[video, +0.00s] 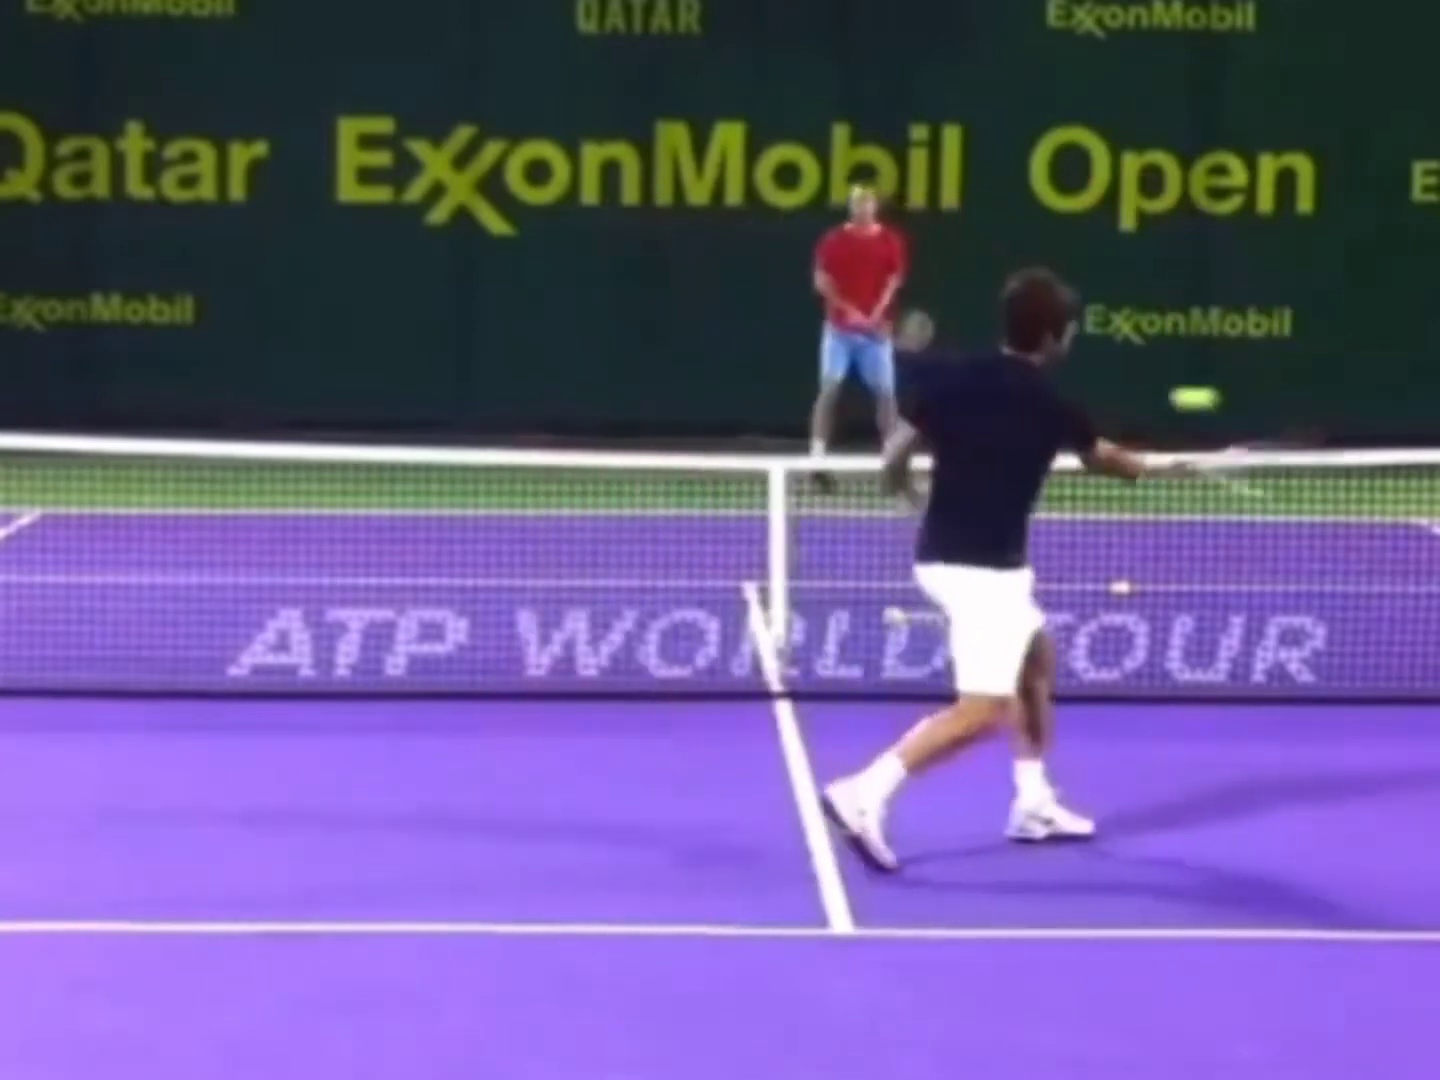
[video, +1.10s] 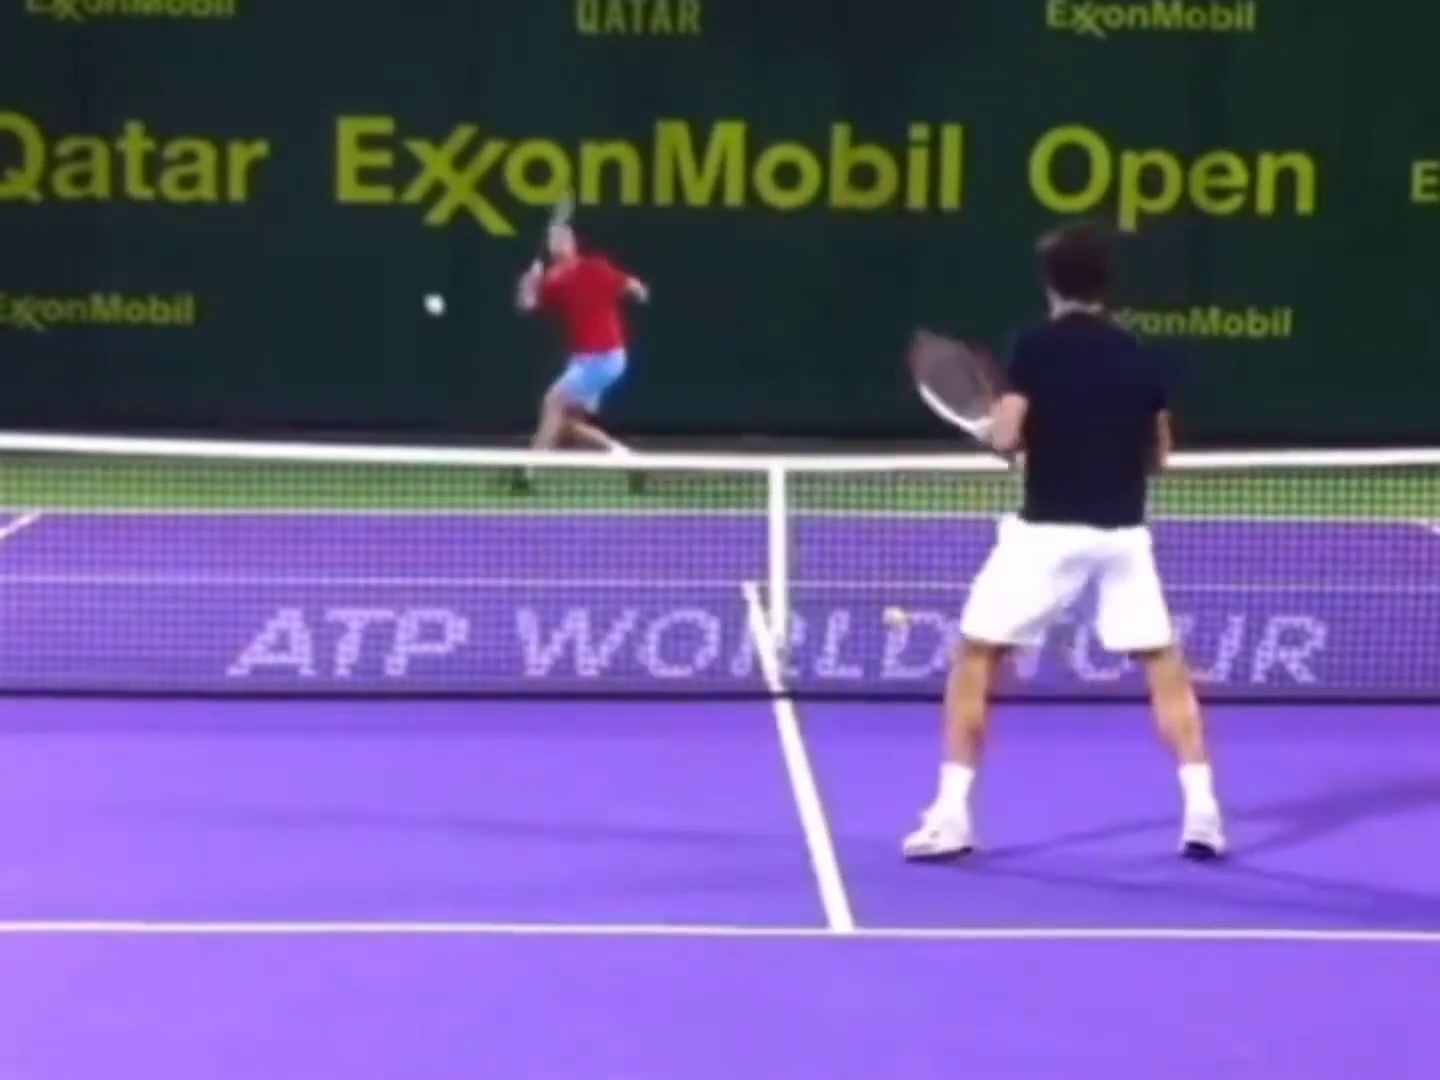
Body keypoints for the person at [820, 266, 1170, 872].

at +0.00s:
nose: (1070, 341)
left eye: (1068, 329)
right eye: (1068, 332)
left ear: (1007, 326)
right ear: (1055, 337)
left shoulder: (961, 378)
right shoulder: (1045, 402)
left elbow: (905, 440)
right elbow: (1107, 459)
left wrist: (892, 473)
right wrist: (1177, 463)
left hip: (938, 560)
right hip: (988, 569)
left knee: (1034, 655)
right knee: (985, 706)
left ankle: (1033, 797)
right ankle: (866, 791)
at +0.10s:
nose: (1095, 325)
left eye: (1093, 315)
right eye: (1094, 317)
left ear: (1034, 315)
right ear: (1085, 323)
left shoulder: (980, 369)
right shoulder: (1083, 395)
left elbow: (919, 450)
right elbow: (1090, 456)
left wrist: (967, 466)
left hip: (962, 551)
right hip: (1024, 561)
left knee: (1030, 677)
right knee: (1021, 699)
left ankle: (1033, 797)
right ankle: (912, 787)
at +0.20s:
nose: (1108, 301)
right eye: (1110, 292)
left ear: (1052, 293)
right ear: (1108, 302)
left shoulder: (1005, 349)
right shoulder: (1106, 371)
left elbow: (941, 431)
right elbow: (1096, 451)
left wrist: (997, 435)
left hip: (985, 529)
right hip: (1051, 539)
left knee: (1029, 665)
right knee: (1067, 679)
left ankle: (1034, 796)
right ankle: (975, 775)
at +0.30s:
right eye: (1107, 277)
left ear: (1060, 279)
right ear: (1114, 285)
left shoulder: (1018, 339)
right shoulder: (1124, 359)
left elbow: (961, 423)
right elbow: (1121, 450)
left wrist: (1003, 428)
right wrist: (1074, 432)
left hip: (1006, 516)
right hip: (1074, 524)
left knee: (1034, 655)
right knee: (1106, 660)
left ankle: (1039, 796)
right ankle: (1041, 763)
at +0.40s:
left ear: (1066, 272)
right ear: (1117, 279)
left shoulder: (1028, 334)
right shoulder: (1136, 351)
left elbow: (977, 420)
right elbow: (1149, 453)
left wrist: (1018, 426)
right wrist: (1100, 442)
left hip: (1027, 515)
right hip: (1097, 520)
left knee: (1040, 648)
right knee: (1140, 652)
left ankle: (1032, 797)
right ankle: (1113, 778)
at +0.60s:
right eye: (1143, 278)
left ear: (1096, 281)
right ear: (1152, 287)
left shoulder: (1060, 344)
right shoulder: (1173, 358)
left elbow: (1013, 425)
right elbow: (1210, 459)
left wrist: (1046, 457)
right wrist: (1174, 502)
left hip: (1057, 525)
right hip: (1134, 530)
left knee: (1043, 655)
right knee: (1177, 669)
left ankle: (1032, 798)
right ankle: (1199, 806)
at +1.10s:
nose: (1052, 292)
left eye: (1050, 282)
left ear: (1049, 286)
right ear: (1106, 285)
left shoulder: (1037, 345)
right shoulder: (1138, 354)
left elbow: (1006, 436)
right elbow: (1160, 454)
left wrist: (988, 419)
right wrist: (1104, 435)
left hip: (1047, 532)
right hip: (1126, 535)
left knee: (976, 653)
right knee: (1164, 665)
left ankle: (950, 808)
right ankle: (1201, 805)